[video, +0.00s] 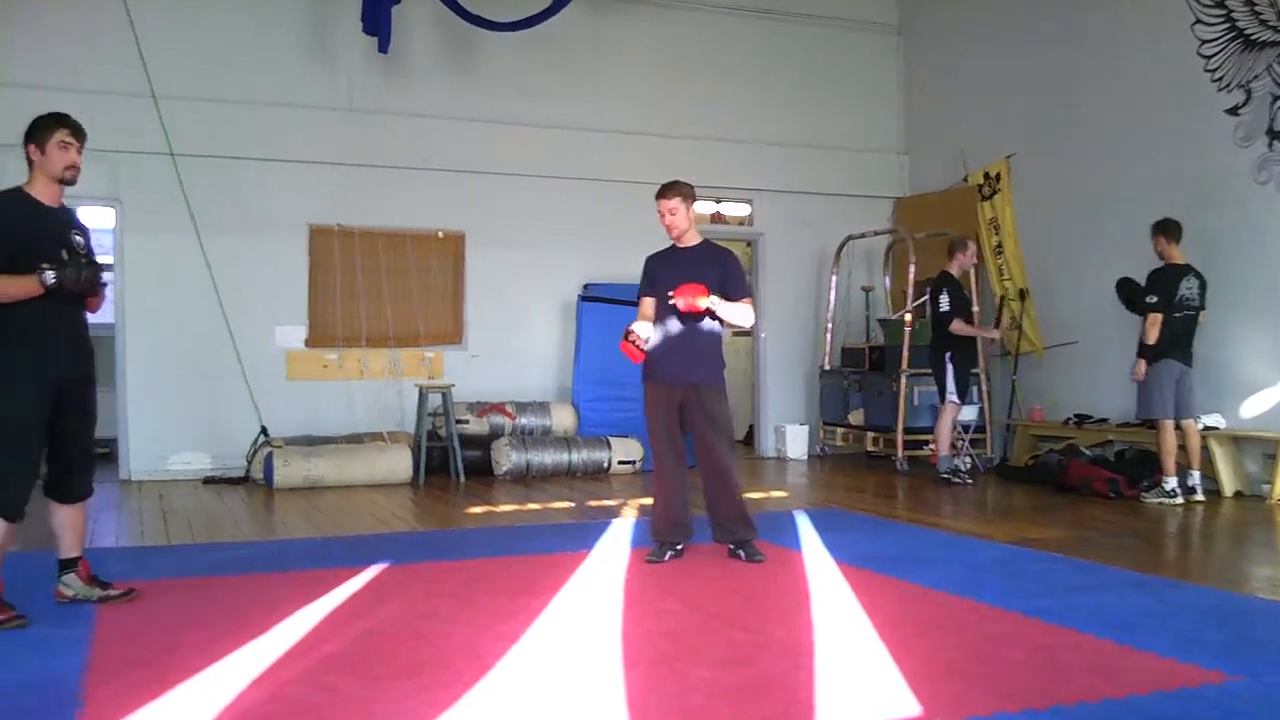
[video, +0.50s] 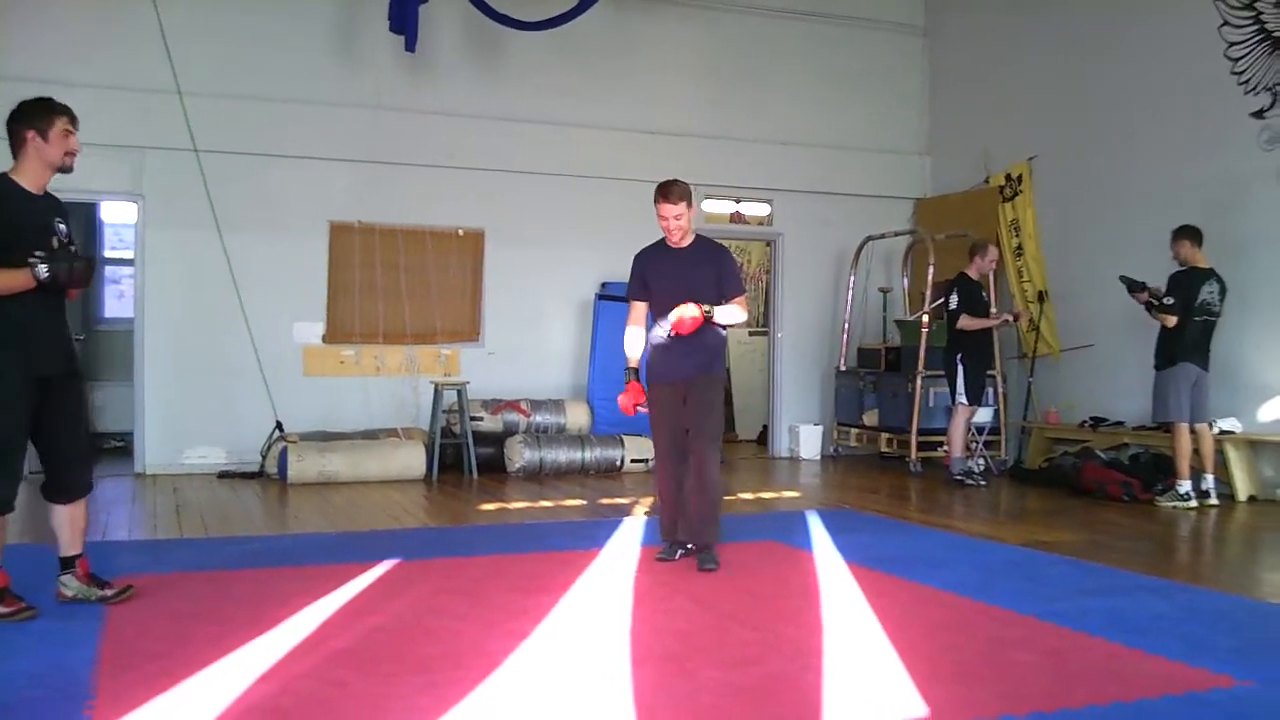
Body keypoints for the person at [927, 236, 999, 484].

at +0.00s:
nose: (975, 260)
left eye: (975, 255)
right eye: (972, 255)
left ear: (958, 256)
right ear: (959, 256)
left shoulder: (955, 284)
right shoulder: (945, 284)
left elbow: (958, 322)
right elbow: (951, 324)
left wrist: (982, 330)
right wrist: (985, 333)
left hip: (956, 351)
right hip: (947, 352)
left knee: (951, 406)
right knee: (951, 405)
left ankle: (946, 460)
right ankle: (944, 463)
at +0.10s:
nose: (1008, 266)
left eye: (1009, 261)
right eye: (1005, 261)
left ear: (993, 261)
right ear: (992, 261)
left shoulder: (989, 289)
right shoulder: (976, 287)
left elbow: (995, 324)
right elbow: (981, 327)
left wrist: (1022, 327)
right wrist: (1016, 334)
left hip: (990, 357)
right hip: (979, 357)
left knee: (983, 412)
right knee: (981, 411)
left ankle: (977, 466)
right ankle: (975, 469)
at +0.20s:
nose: (1018, 268)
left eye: (1019, 263)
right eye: (1016, 263)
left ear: (1003, 262)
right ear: (1002, 262)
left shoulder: (1000, 290)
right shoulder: (984, 288)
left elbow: (1004, 324)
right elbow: (988, 327)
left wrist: (1034, 324)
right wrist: (1023, 331)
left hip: (998, 358)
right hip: (986, 358)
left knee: (989, 412)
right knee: (986, 412)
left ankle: (980, 465)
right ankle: (979, 468)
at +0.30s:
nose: (1005, 268)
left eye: (1006, 263)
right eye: (1002, 263)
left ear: (991, 263)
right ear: (988, 261)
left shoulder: (987, 289)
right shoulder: (970, 287)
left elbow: (994, 320)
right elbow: (972, 325)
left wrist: (1022, 321)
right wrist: (1006, 327)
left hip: (986, 357)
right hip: (972, 358)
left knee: (977, 412)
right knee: (972, 411)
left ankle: (968, 464)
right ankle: (966, 467)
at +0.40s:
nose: (997, 267)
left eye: (998, 263)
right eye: (994, 262)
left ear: (985, 261)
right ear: (980, 260)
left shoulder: (980, 288)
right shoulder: (963, 285)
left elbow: (986, 319)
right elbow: (962, 323)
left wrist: (1012, 320)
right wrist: (997, 323)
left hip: (978, 356)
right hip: (964, 356)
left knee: (972, 410)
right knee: (965, 410)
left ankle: (961, 462)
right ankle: (958, 466)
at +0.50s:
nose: (993, 267)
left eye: (995, 262)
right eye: (991, 262)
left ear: (979, 260)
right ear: (977, 260)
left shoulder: (977, 286)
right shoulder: (960, 284)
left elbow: (981, 316)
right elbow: (960, 321)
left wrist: (1007, 317)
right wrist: (995, 320)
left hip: (975, 355)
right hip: (962, 355)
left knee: (967, 409)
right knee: (962, 409)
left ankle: (961, 462)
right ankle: (956, 465)